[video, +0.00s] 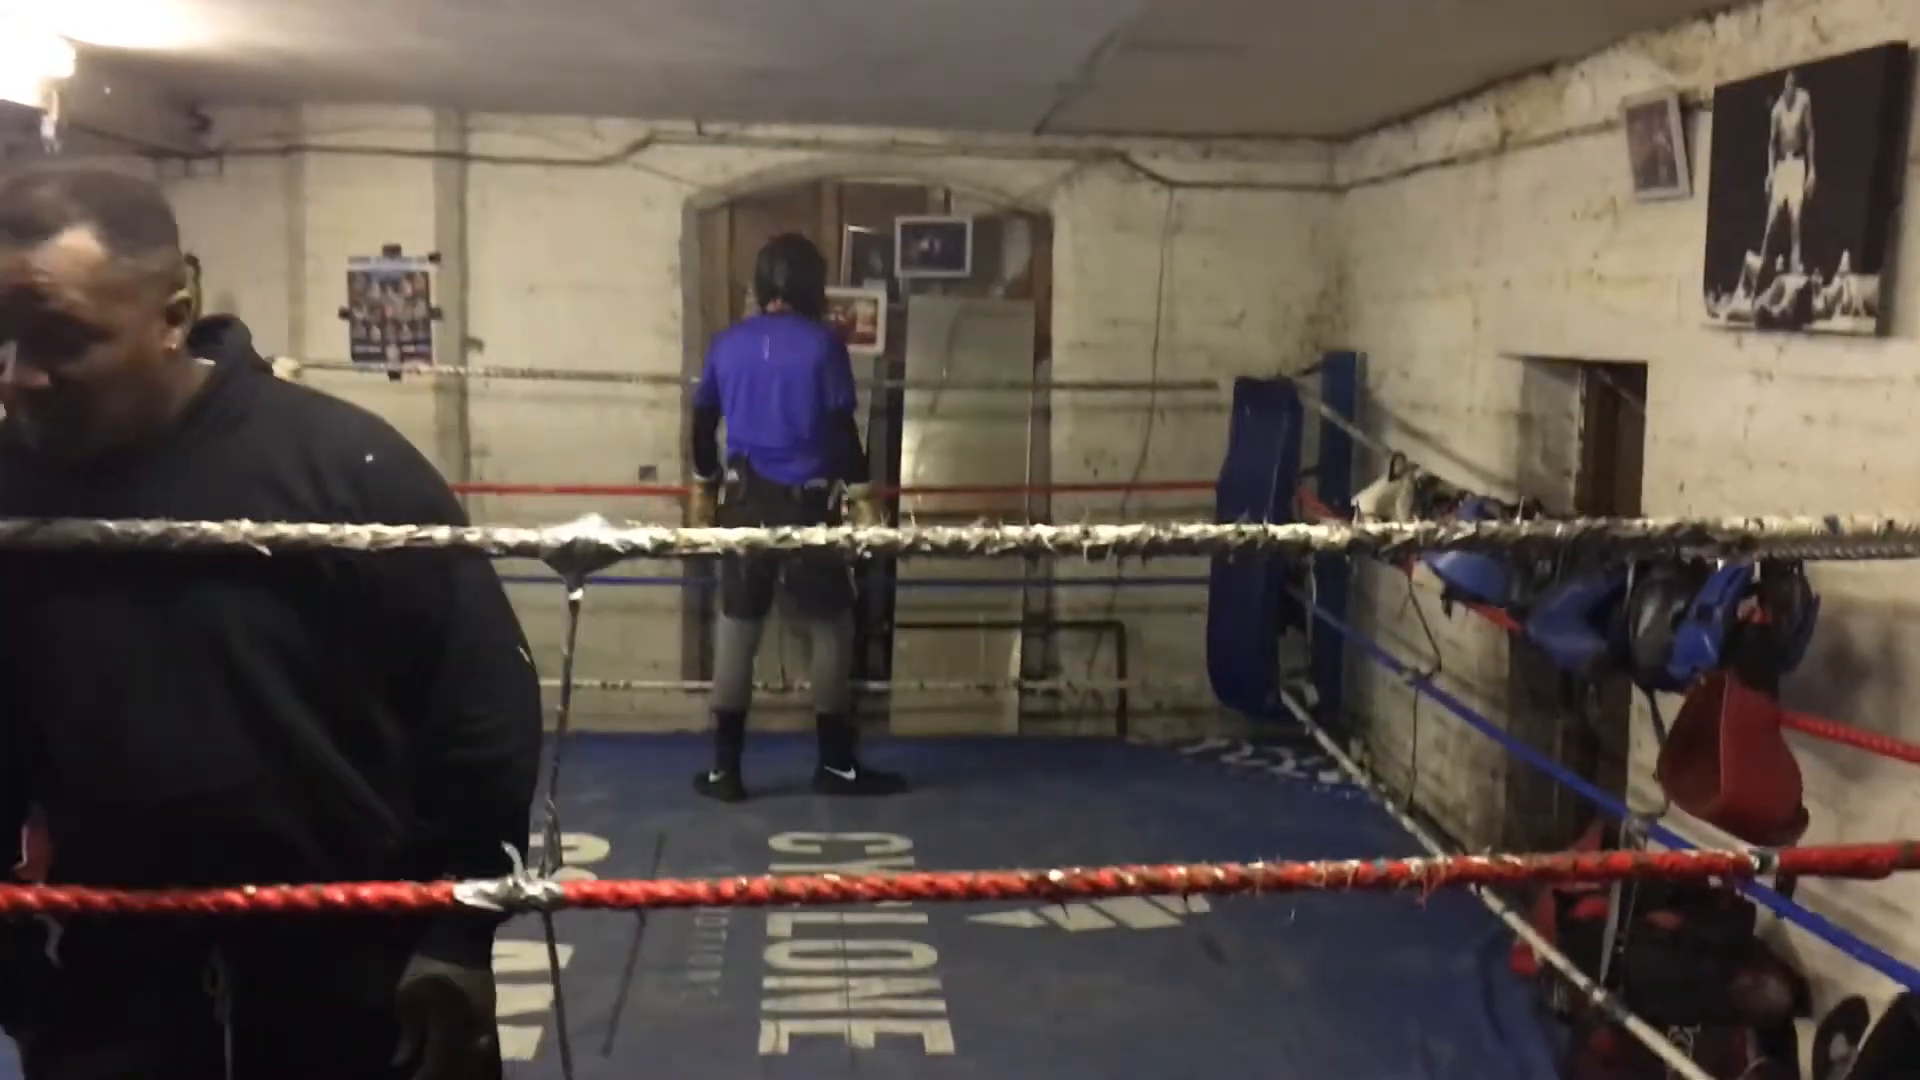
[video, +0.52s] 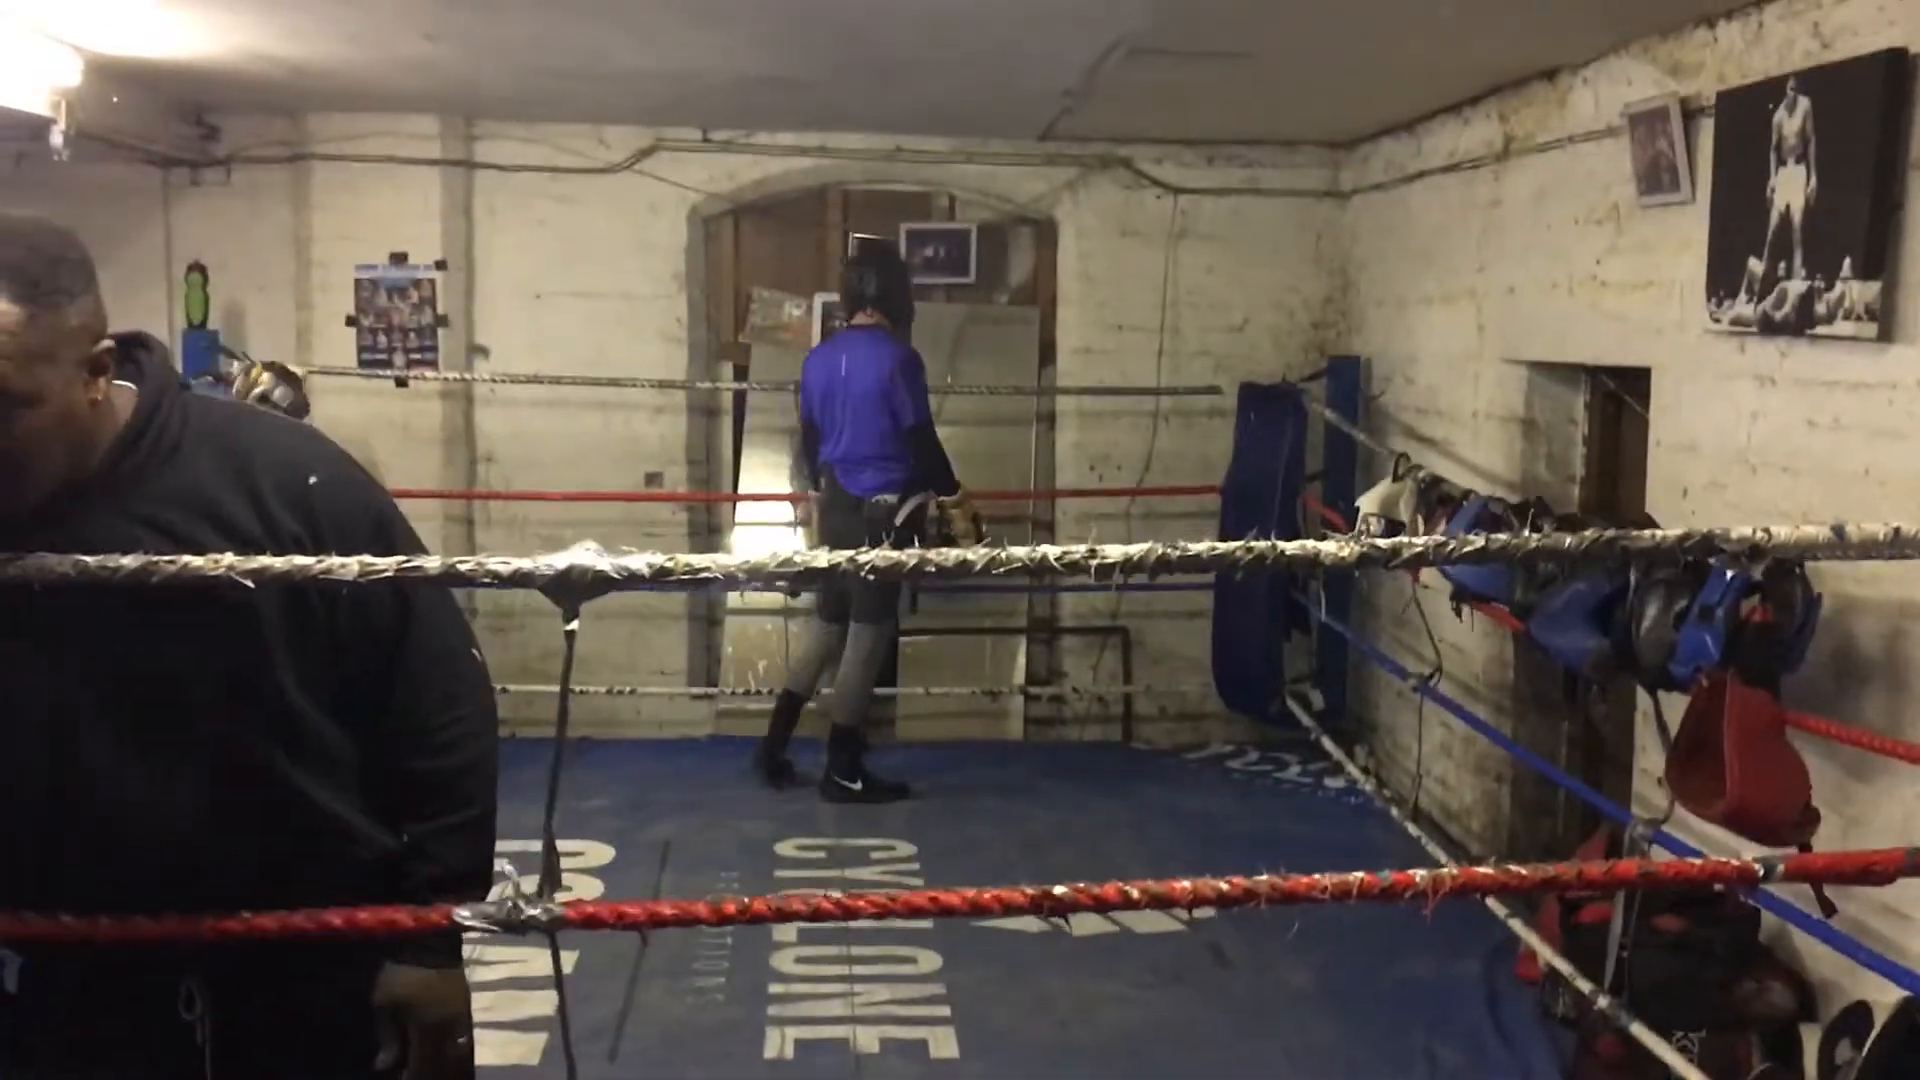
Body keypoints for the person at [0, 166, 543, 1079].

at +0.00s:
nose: (16, 376)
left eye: (59, 339)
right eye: (6, 337)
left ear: (171, 318)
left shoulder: (346, 466)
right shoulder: (11, 487)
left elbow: (491, 715)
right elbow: (13, 754)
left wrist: (459, 939)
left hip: (337, 983)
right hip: (102, 984)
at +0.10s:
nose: (10, 387)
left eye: (39, 352)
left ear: (137, 331)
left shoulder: (319, 468)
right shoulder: (14, 495)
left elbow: (466, 707)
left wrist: (445, 939)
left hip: (320, 979)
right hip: (87, 974)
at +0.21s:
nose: (4, 394)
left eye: (24, 361)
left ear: (118, 333)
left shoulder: (302, 469)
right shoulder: (14, 504)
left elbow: (457, 706)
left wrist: (436, 940)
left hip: (314, 967)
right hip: (86, 963)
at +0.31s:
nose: (0, 405)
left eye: (18, 374)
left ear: (104, 349)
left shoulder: (292, 476)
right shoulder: (16, 509)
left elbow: (450, 717)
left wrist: (425, 944)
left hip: (297, 981)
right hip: (61, 977)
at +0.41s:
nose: (0, 415)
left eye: (15, 385)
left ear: (99, 361)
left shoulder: (291, 482)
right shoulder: (22, 514)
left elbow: (446, 715)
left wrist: (427, 942)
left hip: (296, 980)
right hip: (59, 979)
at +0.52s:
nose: (1, 430)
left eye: (15, 401)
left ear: (98, 372)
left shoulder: (291, 486)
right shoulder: (25, 515)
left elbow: (444, 715)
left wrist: (432, 940)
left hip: (295, 983)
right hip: (62, 980)